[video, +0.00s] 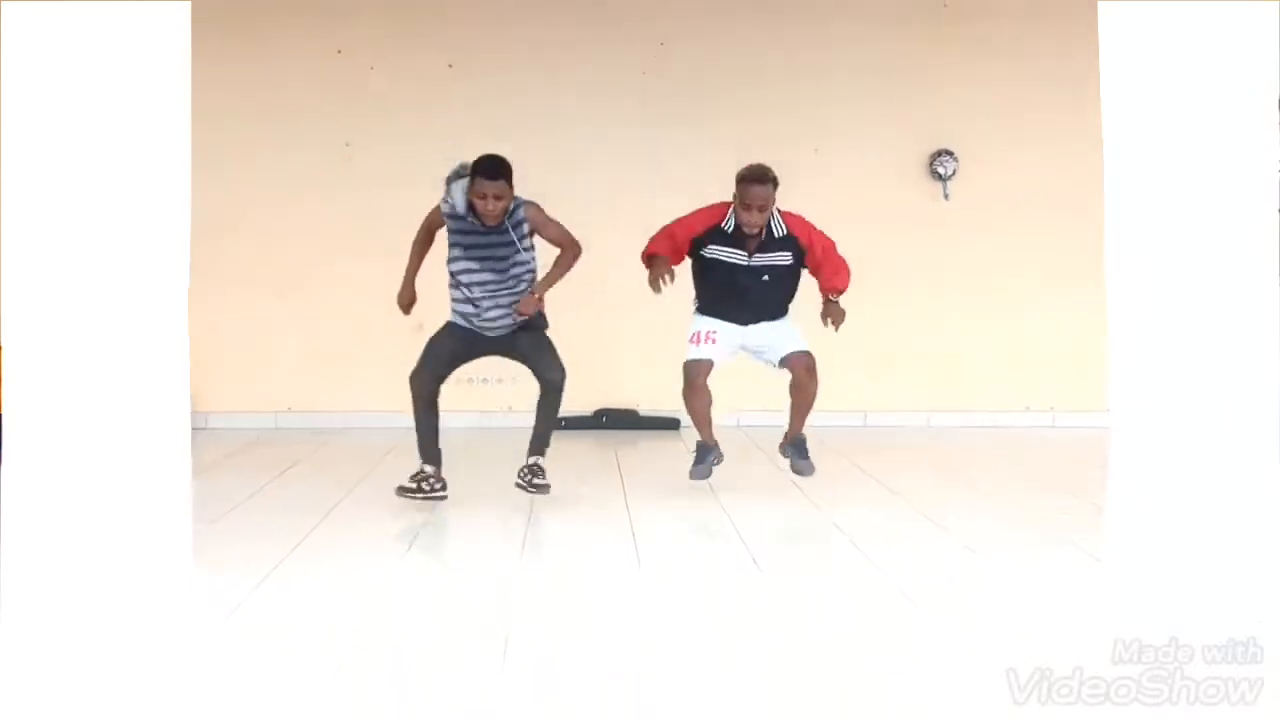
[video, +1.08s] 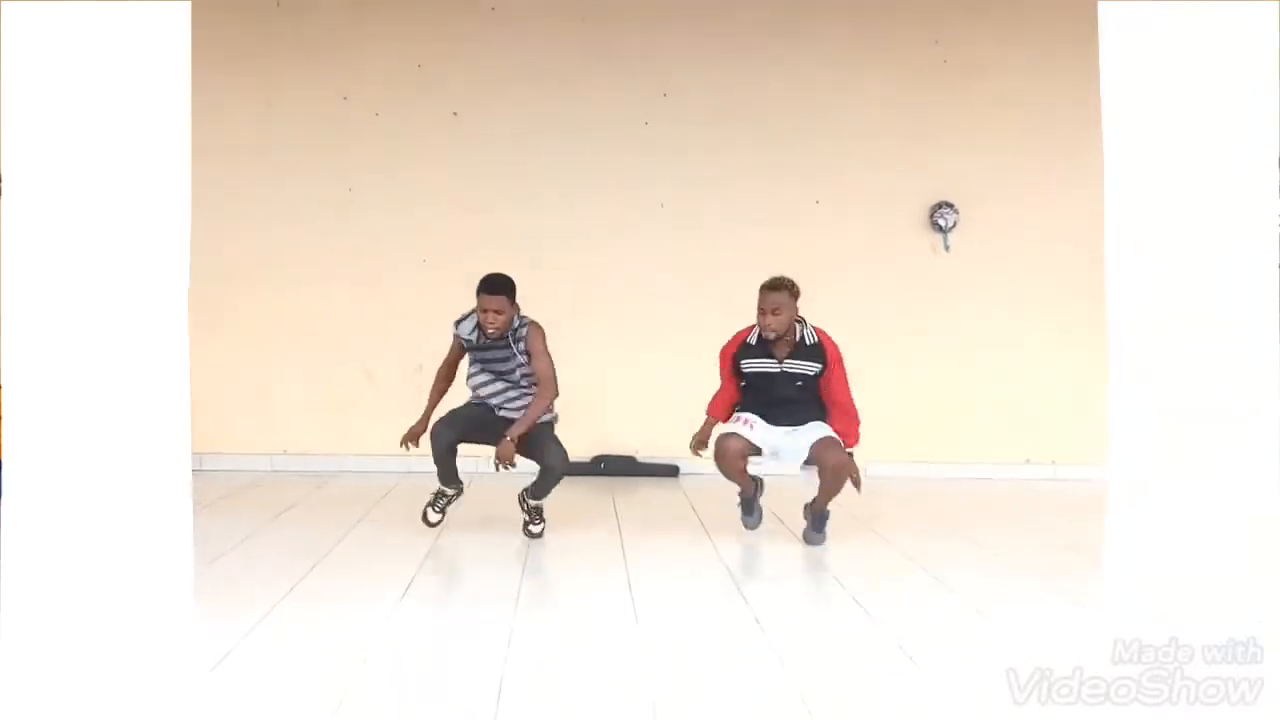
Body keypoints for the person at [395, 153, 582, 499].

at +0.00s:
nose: (490, 205)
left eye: (498, 197)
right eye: (482, 197)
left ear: (510, 193)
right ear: (470, 191)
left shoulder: (527, 214)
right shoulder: (453, 209)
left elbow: (572, 248)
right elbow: (429, 228)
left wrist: (539, 292)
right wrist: (408, 282)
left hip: (519, 329)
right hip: (466, 328)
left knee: (553, 377)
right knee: (422, 381)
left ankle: (534, 464)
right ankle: (430, 473)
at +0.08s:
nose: (495, 250)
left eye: (504, 242)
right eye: (487, 241)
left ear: (516, 235)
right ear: (476, 232)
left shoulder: (530, 251)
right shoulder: (457, 241)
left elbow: (578, 286)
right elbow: (428, 253)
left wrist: (536, 322)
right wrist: (409, 302)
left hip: (519, 352)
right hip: (470, 349)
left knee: (554, 389)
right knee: (413, 377)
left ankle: (536, 467)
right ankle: (443, 457)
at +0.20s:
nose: (498, 330)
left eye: (507, 321)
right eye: (490, 320)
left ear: (519, 314)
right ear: (479, 312)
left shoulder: (533, 326)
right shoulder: (464, 311)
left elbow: (579, 363)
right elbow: (435, 319)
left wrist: (532, 395)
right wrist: (405, 362)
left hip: (518, 414)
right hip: (473, 413)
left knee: (555, 422)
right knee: (411, 427)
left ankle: (538, 487)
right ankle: (462, 484)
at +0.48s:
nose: (498, 297)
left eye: (506, 289)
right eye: (491, 289)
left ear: (522, 283)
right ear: (484, 282)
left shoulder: (537, 308)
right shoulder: (471, 302)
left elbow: (553, 364)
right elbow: (440, 325)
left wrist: (504, 403)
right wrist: (411, 371)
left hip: (518, 401)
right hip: (470, 394)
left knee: (550, 436)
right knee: (404, 410)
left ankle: (529, 500)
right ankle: (419, 485)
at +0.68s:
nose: (501, 261)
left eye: (509, 254)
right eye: (494, 253)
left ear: (523, 250)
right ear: (485, 247)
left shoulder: (538, 284)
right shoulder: (462, 268)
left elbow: (554, 346)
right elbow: (431, 298)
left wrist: (508, 379)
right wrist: (417, 352)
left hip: (526, 366)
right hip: (480, 366)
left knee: (541, 412)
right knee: (441, 419)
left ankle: (569, 484)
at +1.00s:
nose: (493, 290)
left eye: (501, 283)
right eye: (488, 283)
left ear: (518, 280)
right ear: (481, 279)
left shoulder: (533, 303)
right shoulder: (471, 307)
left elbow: (545, 357)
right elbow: (453, 344)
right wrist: (429, 389)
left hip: (525, 407)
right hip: (481, 400)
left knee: (562, 457)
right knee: (442, 427)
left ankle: (527, 495)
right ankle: (427, 481)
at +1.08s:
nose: (490, 319)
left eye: (498, 312)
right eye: (484, 311)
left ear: (514, 309)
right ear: (476, 306)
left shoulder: (530, 332)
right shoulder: (467, 328)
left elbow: (548, 391)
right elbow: (447, 372)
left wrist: (511, 436)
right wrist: (424, 419)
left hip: (528, 419)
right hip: (487, 414)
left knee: (557, 464)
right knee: (442, 432)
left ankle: (532, 499)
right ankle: (450, 487)